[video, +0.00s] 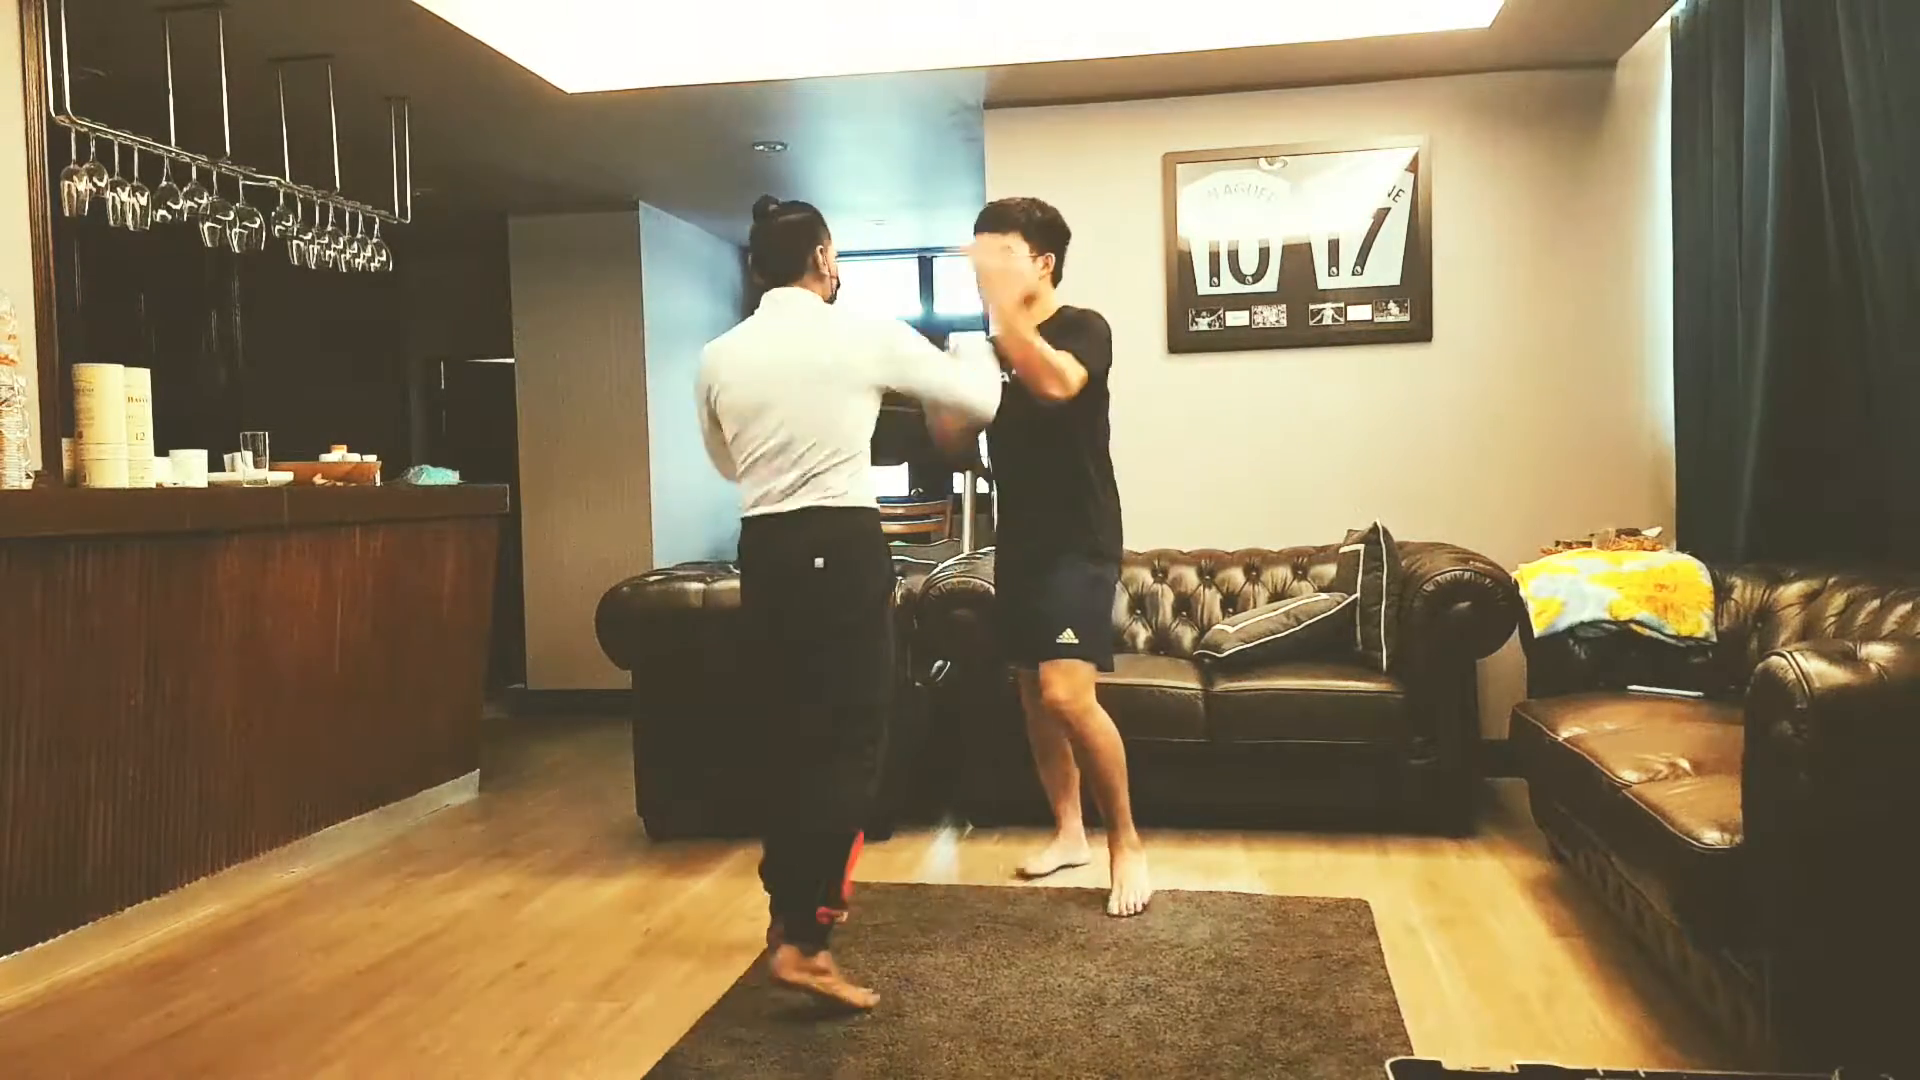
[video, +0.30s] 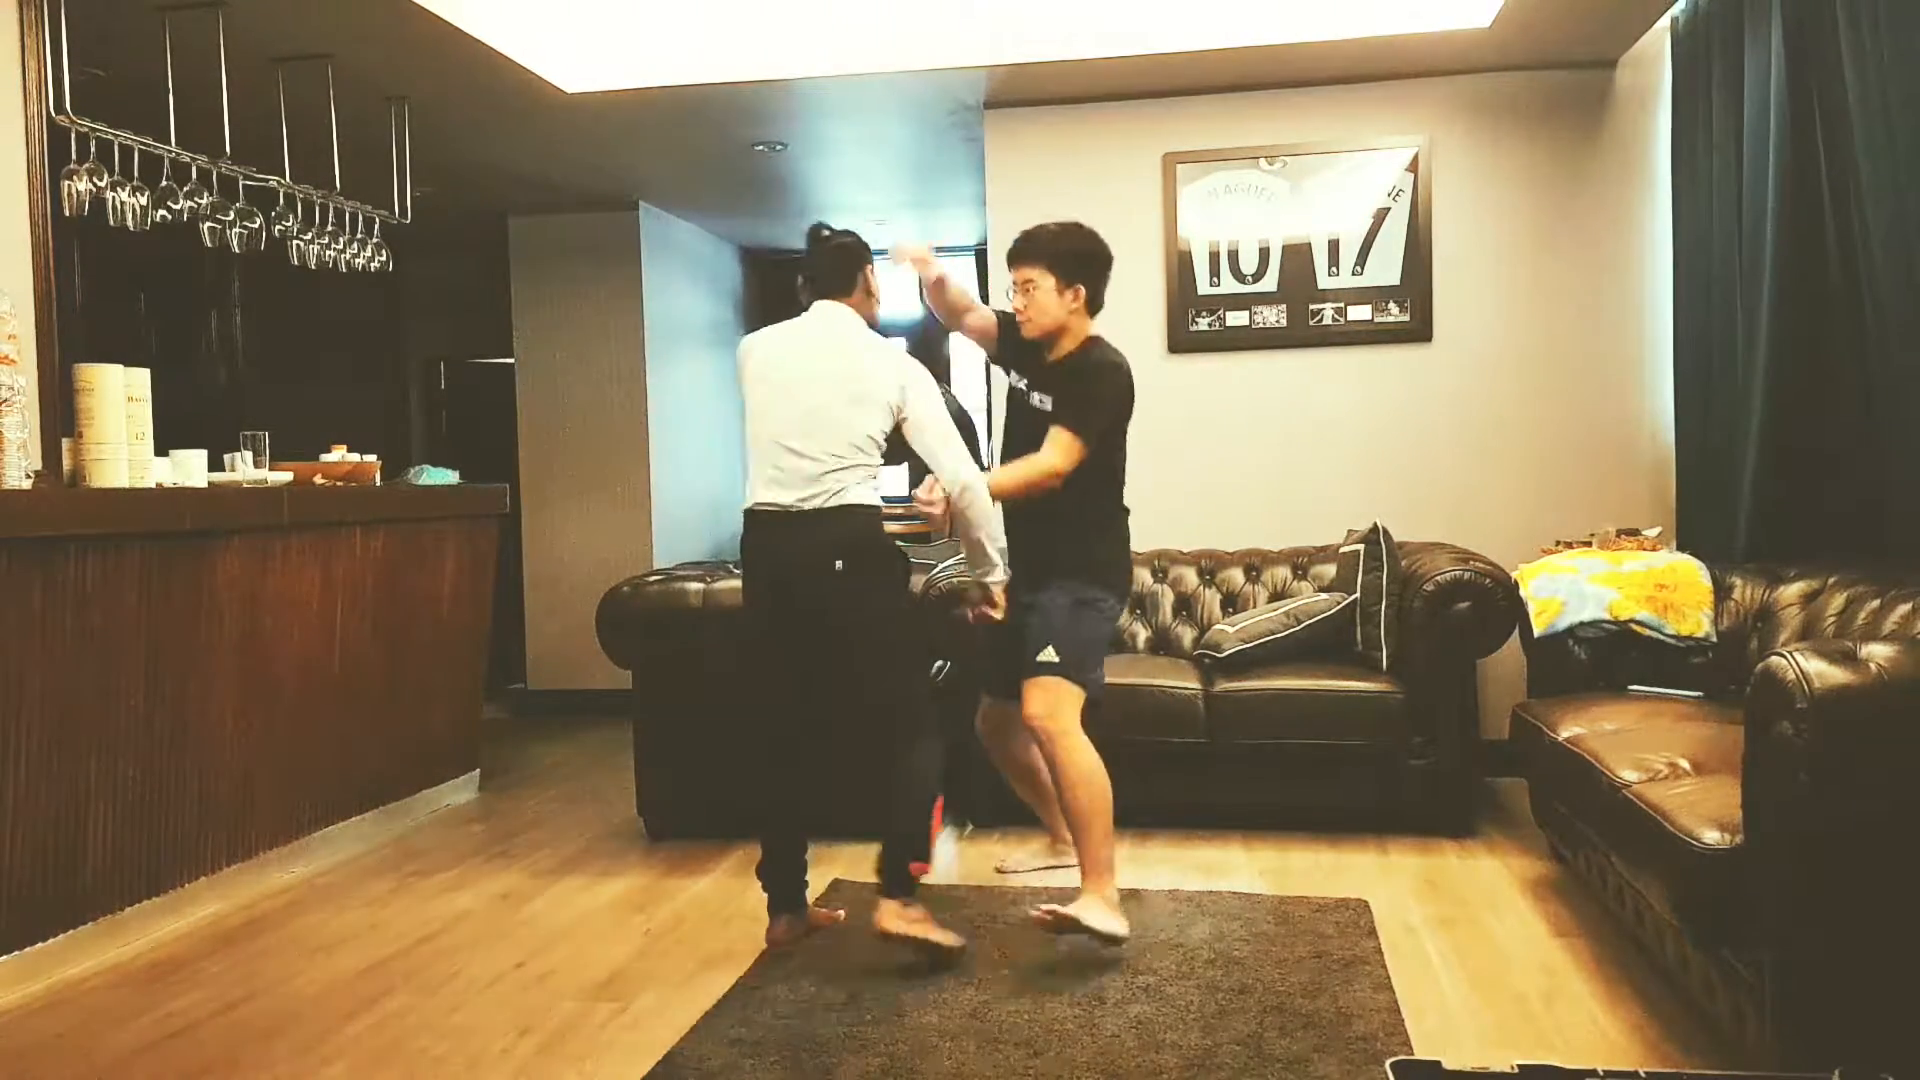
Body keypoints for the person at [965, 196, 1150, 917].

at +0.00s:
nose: (983, 273)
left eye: (995, 259)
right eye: (980, 261)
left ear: (1041, 262)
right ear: (1002, 269)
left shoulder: (1083, 327)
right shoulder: (1000, 349)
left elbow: (1059, 381)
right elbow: (955, 447)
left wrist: (997, 301)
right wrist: (945, 394)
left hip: (1078, 537)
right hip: (1020, 537)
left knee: (1069, 696)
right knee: (1035, 694)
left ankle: (1126, 847)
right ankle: (1070, 838)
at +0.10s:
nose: (993, 272)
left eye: (1006, 258)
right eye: (988, 260)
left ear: (1053, 262)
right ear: (993, 269)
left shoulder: (1084, 322)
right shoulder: (996, 337)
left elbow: (1046, 385)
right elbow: (951, 378)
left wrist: (947, 350)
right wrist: (926, 326)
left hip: (1083, 534)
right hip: (1027, 535)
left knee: (1059, 693)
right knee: (1027, 691)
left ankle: (1127, 847)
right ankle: (1071, 841)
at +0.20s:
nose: (1002, 284)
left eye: (1016, 270)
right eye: (999, 273)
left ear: (1063, 274)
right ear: (1003, 279)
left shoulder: (1092, 339)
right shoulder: (1008, 332)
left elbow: (1044, 420)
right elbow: (933, 325)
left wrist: (947, 420)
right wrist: (935, 273)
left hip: (1083, 552)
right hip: (1026, 553)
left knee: (1054, 700)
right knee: (1010, 705)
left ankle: (1119, 871)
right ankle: (1067, 841)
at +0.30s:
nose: (1016, 302)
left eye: (1028, 289)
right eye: (1015, 290)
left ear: (1077, 295)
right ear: (1032, 295)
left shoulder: (1101, 370)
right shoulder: (1027, 349)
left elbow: (1053, 464)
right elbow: (968, 318)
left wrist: (964, 493)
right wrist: (931, 275)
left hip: (1080, 574)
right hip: (1024, 571)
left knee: (1051, 714)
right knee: (999, 724)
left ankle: (1102, 896)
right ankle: (1067, 842)